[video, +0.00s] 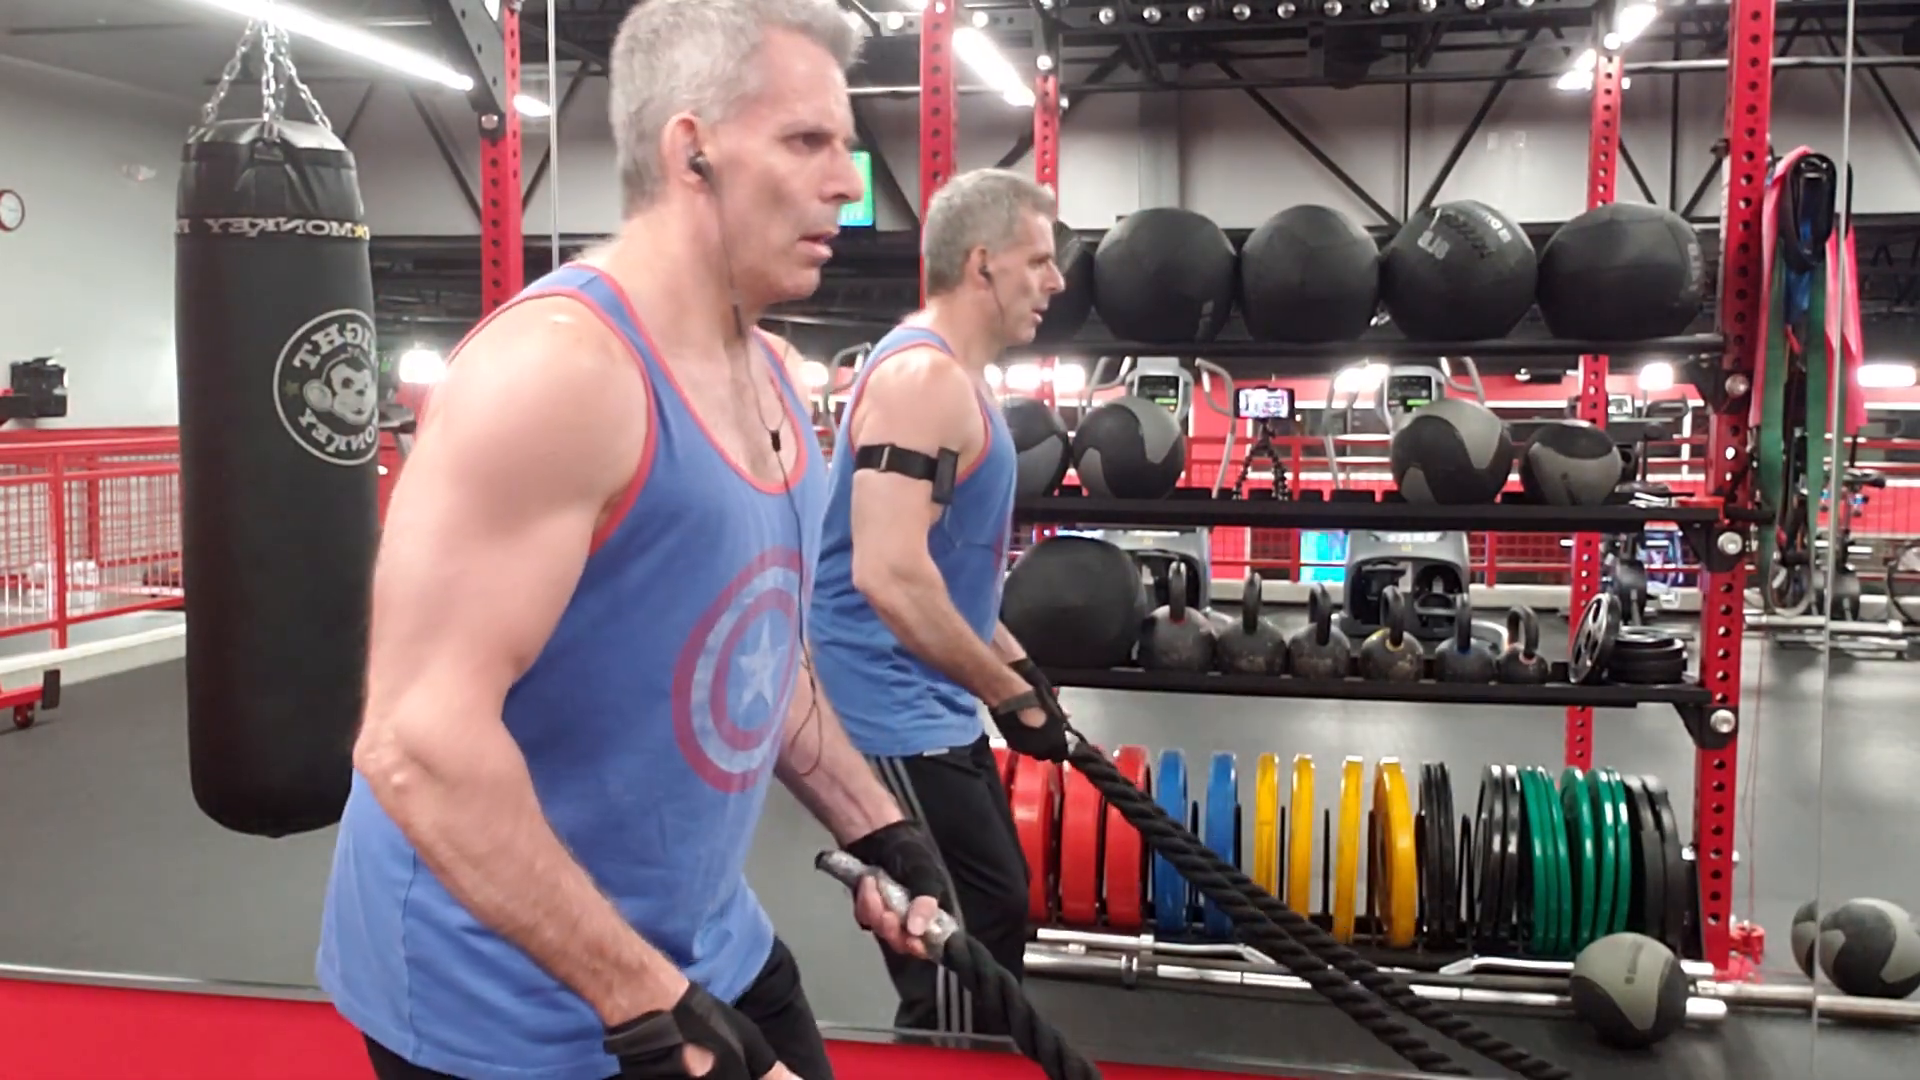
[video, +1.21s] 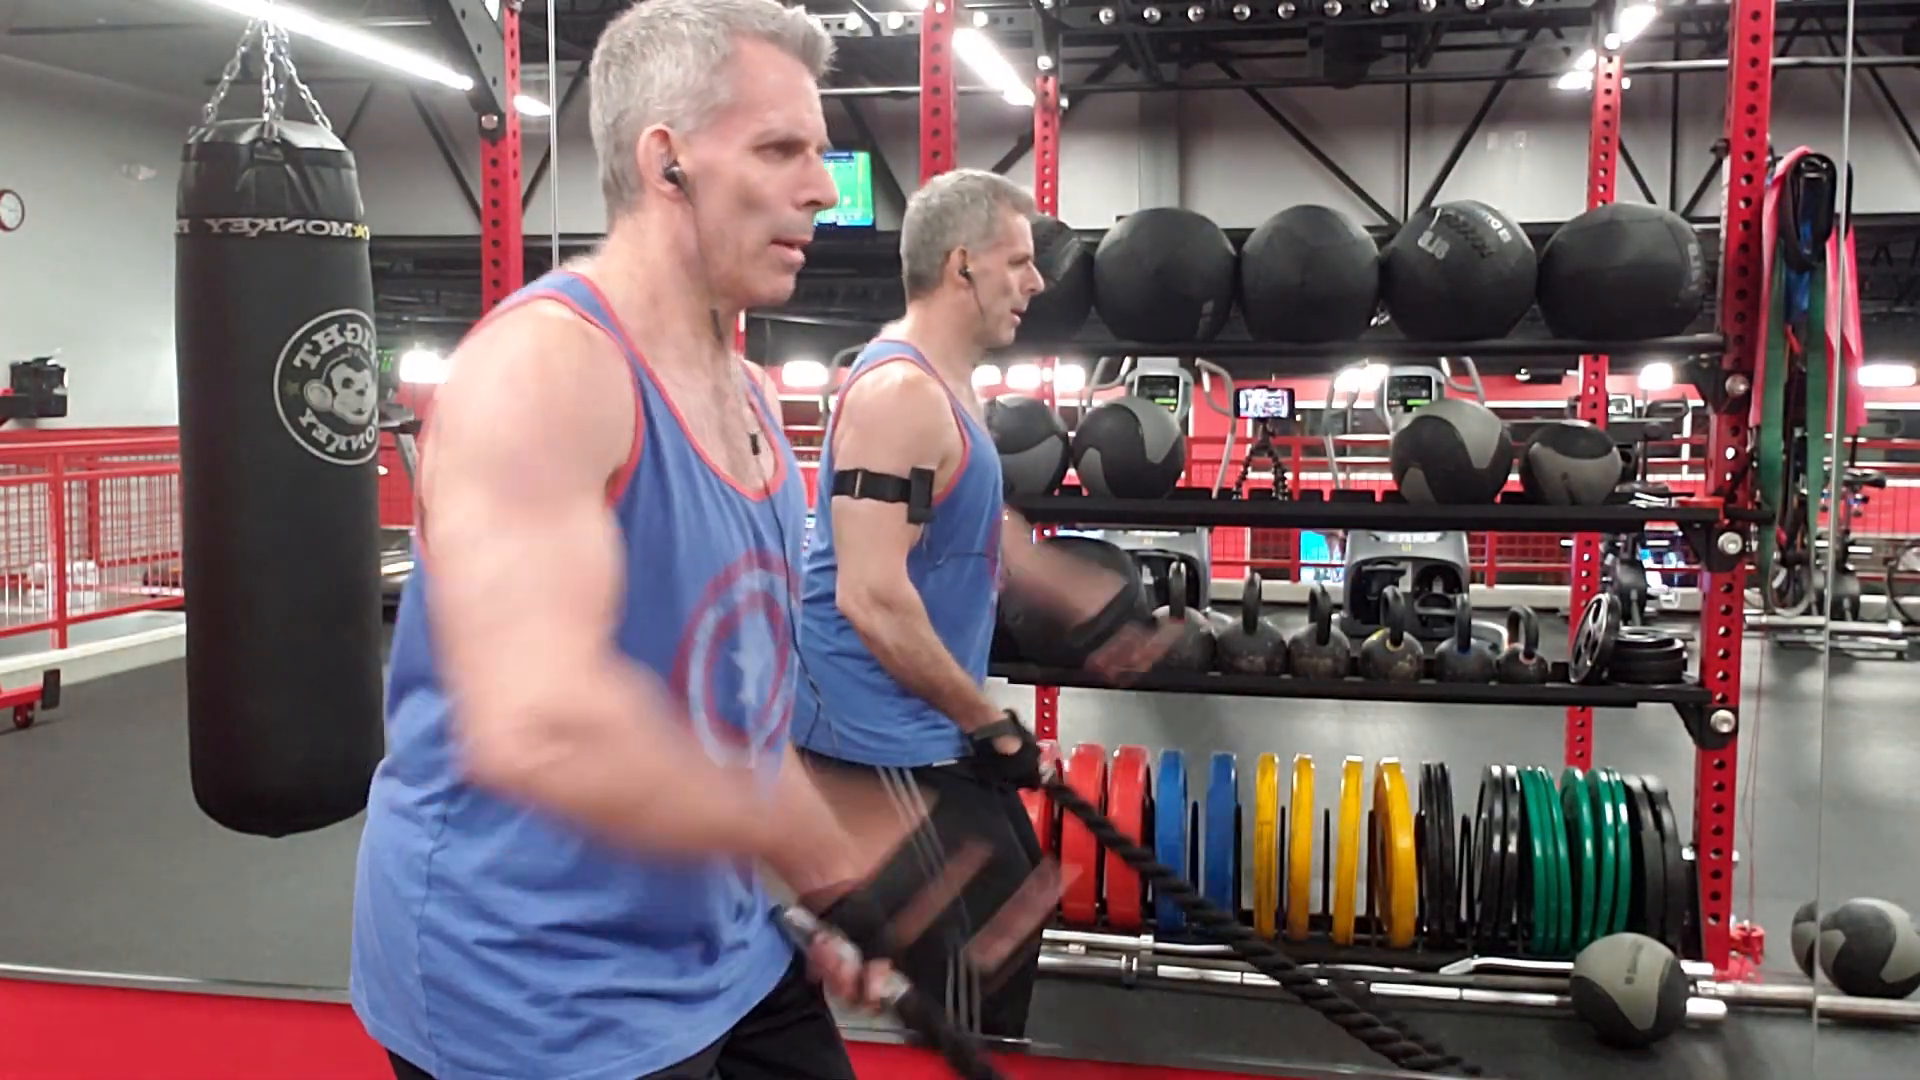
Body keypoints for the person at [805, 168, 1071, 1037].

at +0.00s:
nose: (1055, 284)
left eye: (1055, 263)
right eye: (1040, 261)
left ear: (989, 268)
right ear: (982, 265)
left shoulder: (955, 378)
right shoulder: (923, 377)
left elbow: (948, 571)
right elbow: (889, 574)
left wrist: (1017, 669)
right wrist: (1006, 696)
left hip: (939, 717)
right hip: (894, 725)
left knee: (986, 930)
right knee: (984, 928)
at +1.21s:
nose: (1034, 285)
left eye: (1034, 264)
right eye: (1020, 262)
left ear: (966, 269)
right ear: (963, 267)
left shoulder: (943, 391)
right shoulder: (899, 393)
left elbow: (1000, 543)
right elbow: (871, 594)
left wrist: (1105, 612)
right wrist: (989, 721)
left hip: (924, 743)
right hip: (874, 752)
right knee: (989, 945)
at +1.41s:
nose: (1037, 296)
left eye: (1037, 275)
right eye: (1023, 273)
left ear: (971, 281)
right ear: (965, 277)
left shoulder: (943, 393)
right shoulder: (906, 392)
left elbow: (1000, 540)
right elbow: (884, 585)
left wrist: (1135, 539)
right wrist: (1011, 692)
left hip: (919, 708)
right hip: (871, 714)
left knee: (1012, 911)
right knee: (993, 922)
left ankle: (960, 1058)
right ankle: (952, 1063)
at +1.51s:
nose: (1034, 297)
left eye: (1035, 277)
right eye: (1019, 275)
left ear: (959, 279)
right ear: (957, 276)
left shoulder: (947, 393)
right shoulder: (898, 386)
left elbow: (946, 577)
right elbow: (916, 570)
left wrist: (1031, 659)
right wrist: (1076, 589)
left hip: (926, 715)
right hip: (866, 725)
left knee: (1022, 907)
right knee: (976, 929)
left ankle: (979, 1061)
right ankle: (952, 1068)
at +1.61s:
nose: (1032, 301)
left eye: (1032, 281)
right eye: (1018, 279)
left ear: (961, 283)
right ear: (955, 280)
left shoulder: (941, 394)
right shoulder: (899, 388)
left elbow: (969, 565)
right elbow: (950, 563)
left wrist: (1076, 574)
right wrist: (1084, 544)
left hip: (930, 716)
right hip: (872, 725)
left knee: (1024, 907)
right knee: (996, 929)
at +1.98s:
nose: (1042, 313)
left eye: (1041, 293)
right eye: (1027, 291)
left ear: (969, 295)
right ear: (967, 293)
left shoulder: (944, 395)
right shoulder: (909, 398)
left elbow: (975, 565)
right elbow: (959, 580)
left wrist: (1092, 581)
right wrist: (1107, 560)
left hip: (928, 728)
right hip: (876, 739)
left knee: (1029, 918)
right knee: (1007, 927)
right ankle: (923, 1067)